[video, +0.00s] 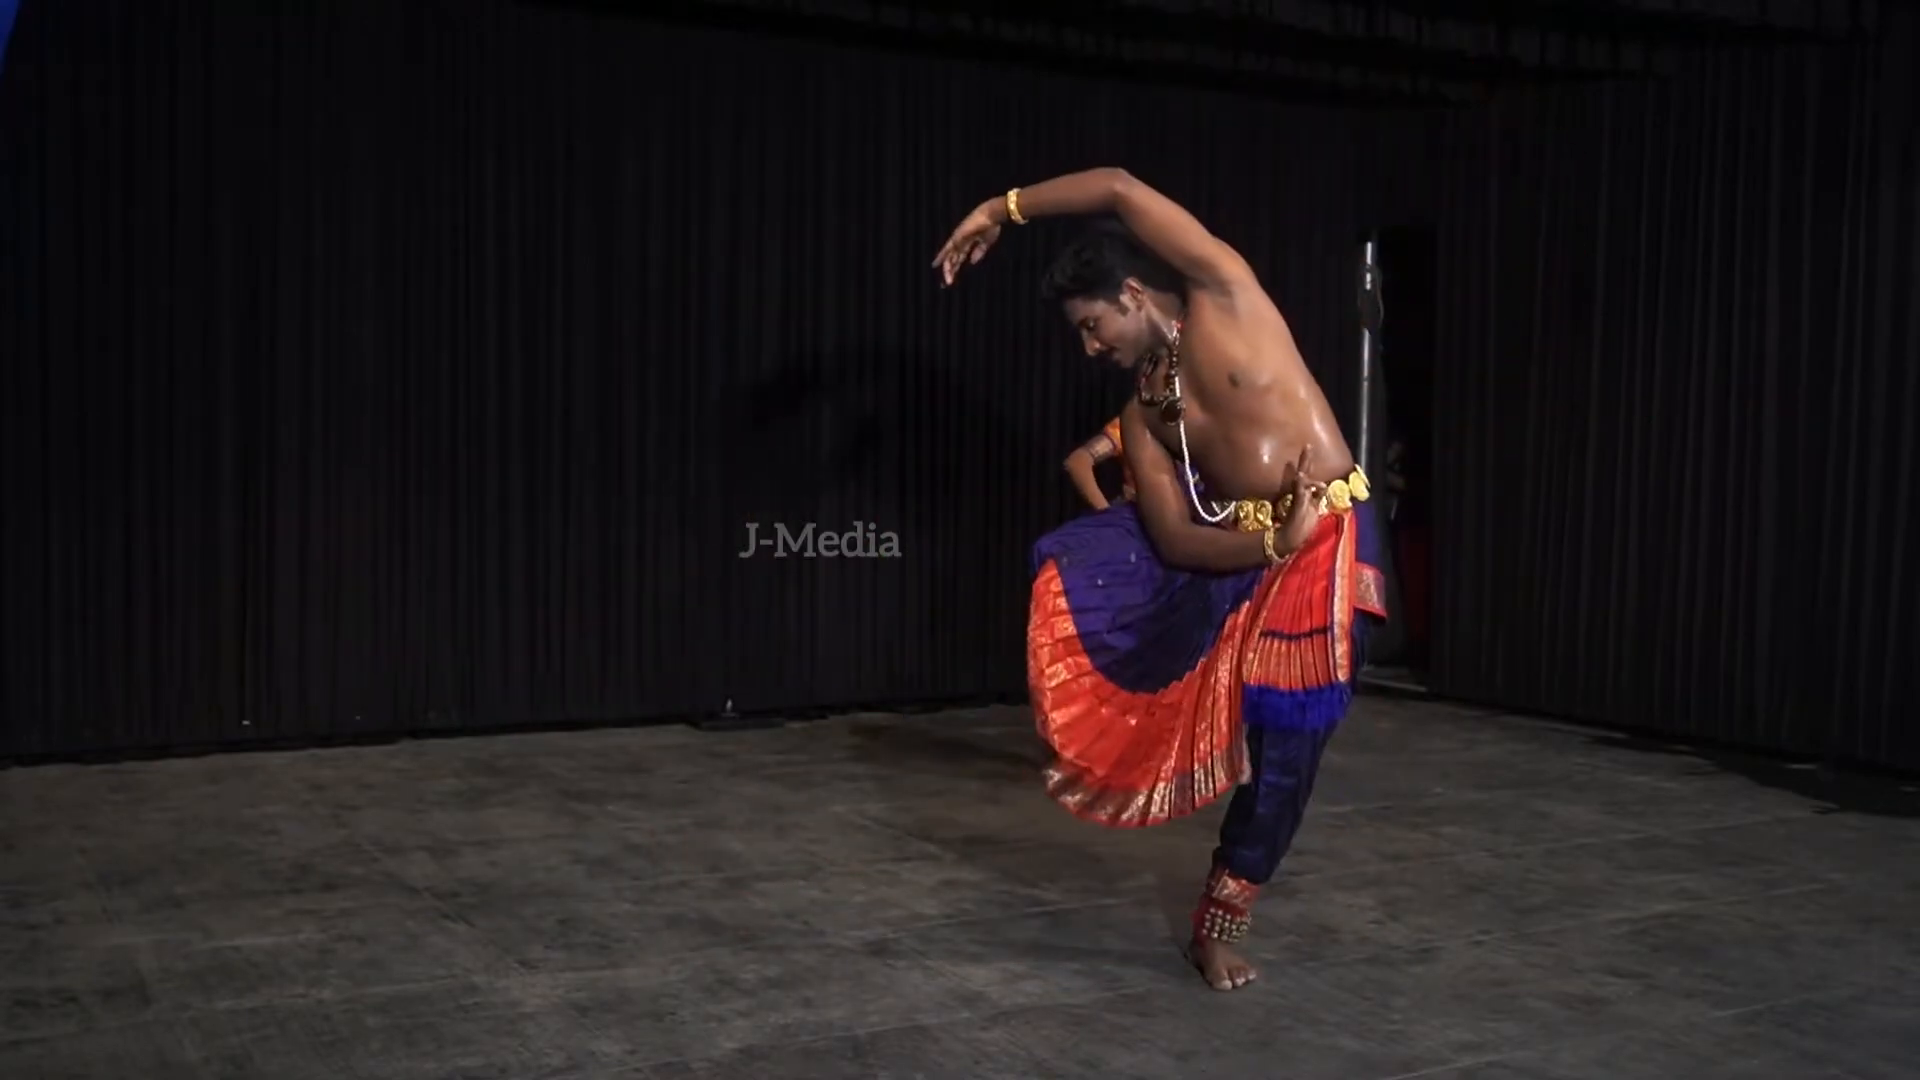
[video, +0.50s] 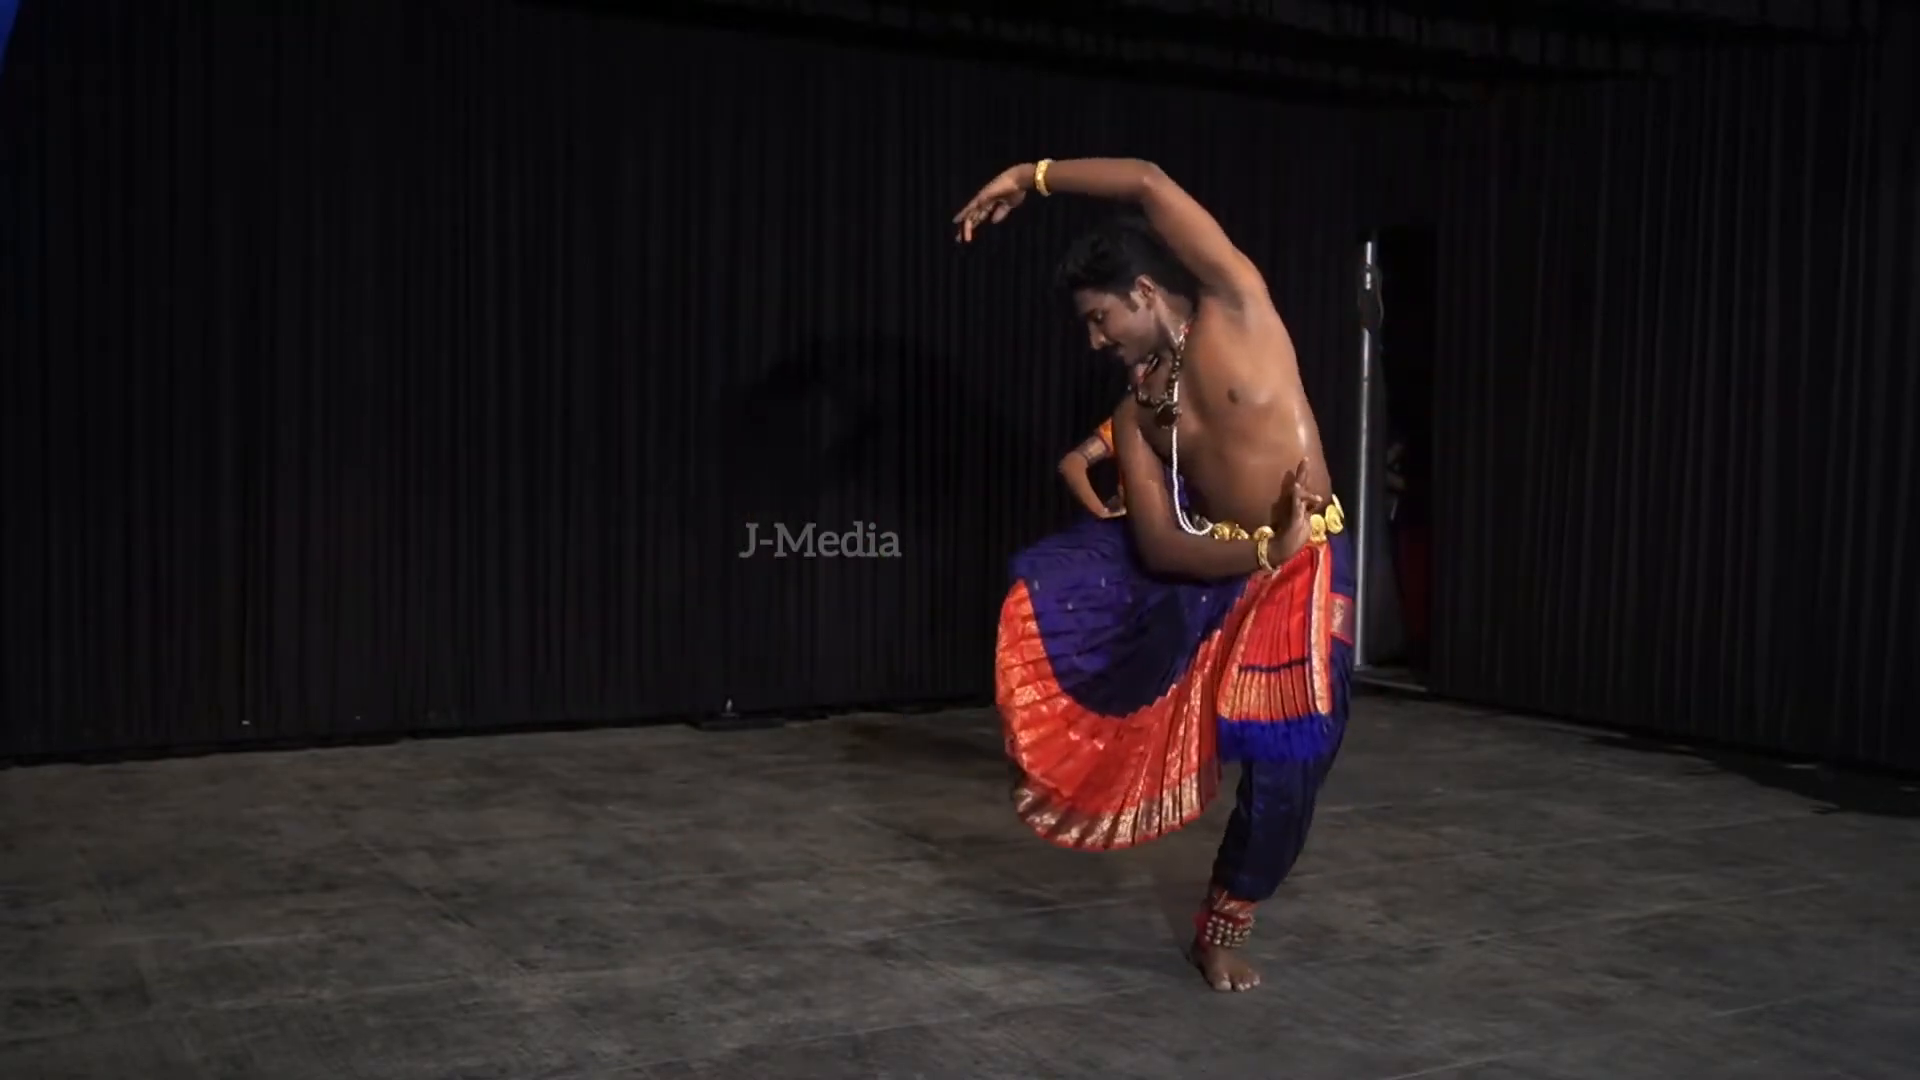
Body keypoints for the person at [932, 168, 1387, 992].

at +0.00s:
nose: (1090, 348)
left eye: (1093, 326)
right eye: (1080, 335)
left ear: (1137, 295)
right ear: (1113, 316)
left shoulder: (1221, 290)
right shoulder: (1142, 419)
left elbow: (1119, 186)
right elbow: (1175, 539)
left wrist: (1003, 209)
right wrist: (1274, 542)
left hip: (1323, 530)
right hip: (1227, 544)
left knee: (1292, 745)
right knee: (1071, 567)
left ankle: (1223, 921)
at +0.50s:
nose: (1095, 341)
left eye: (1099, 319)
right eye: (1087, 327)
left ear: (1146, 291)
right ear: (1121, 310)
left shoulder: (1236, 305)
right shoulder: (1136, 420)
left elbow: (1143, 180)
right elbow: (1162, 544)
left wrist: (1031, 176)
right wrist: (1269, 549)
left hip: (1296, 565)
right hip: (1197, 563)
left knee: (1289, 763)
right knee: (1042, 589)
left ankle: (1227, 925)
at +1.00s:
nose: (1217, 328)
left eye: (1231, 322)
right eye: (1202, 309)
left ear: (1236, 351)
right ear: (1151, 322)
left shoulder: (1220, 431)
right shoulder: (1063, 387)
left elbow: (1336, 350)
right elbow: (947, 449)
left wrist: (1419, 258)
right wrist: (1017, 541)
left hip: (1113, 621)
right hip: (997, 603)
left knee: (1197, 768)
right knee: (851, 714)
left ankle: (1210, 928)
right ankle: (838, 886)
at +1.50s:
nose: (984, 438)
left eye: (995, 426)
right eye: (979, 416)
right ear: (937, 387)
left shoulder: (940, 505)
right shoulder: (826, 392)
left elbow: (1009, 601)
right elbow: (705, 346)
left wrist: (1086, 700)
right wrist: (763, 433)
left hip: (811, 600)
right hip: (718, 586)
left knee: (892, 732)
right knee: (734, 760)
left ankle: (776, 842)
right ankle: (823, 896)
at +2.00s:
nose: (759, 356)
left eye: (769, 344)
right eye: (750, 338)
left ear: (773, 346)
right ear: (705, 320)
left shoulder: (740, 420)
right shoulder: (618, 348)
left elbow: (686, 497)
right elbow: (497, 322)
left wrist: (603, 545)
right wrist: (570, 382)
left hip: (654, 565)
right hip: (569, 554)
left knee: (655, 715)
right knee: (574, 710)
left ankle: (564, 833)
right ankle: (695, 855)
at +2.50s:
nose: (596, 288)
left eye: (602, 274)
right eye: (582, 271)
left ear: (603, 278)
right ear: (535, 267)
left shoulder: (597, 360)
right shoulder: (461, 320)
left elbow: (558, 430)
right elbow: (332, 300)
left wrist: (442, 428)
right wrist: (399, 341)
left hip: (529, 543)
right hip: (435, 537)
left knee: (606, 643)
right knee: (411, 686)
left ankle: (559, 806)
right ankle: (450, 839)